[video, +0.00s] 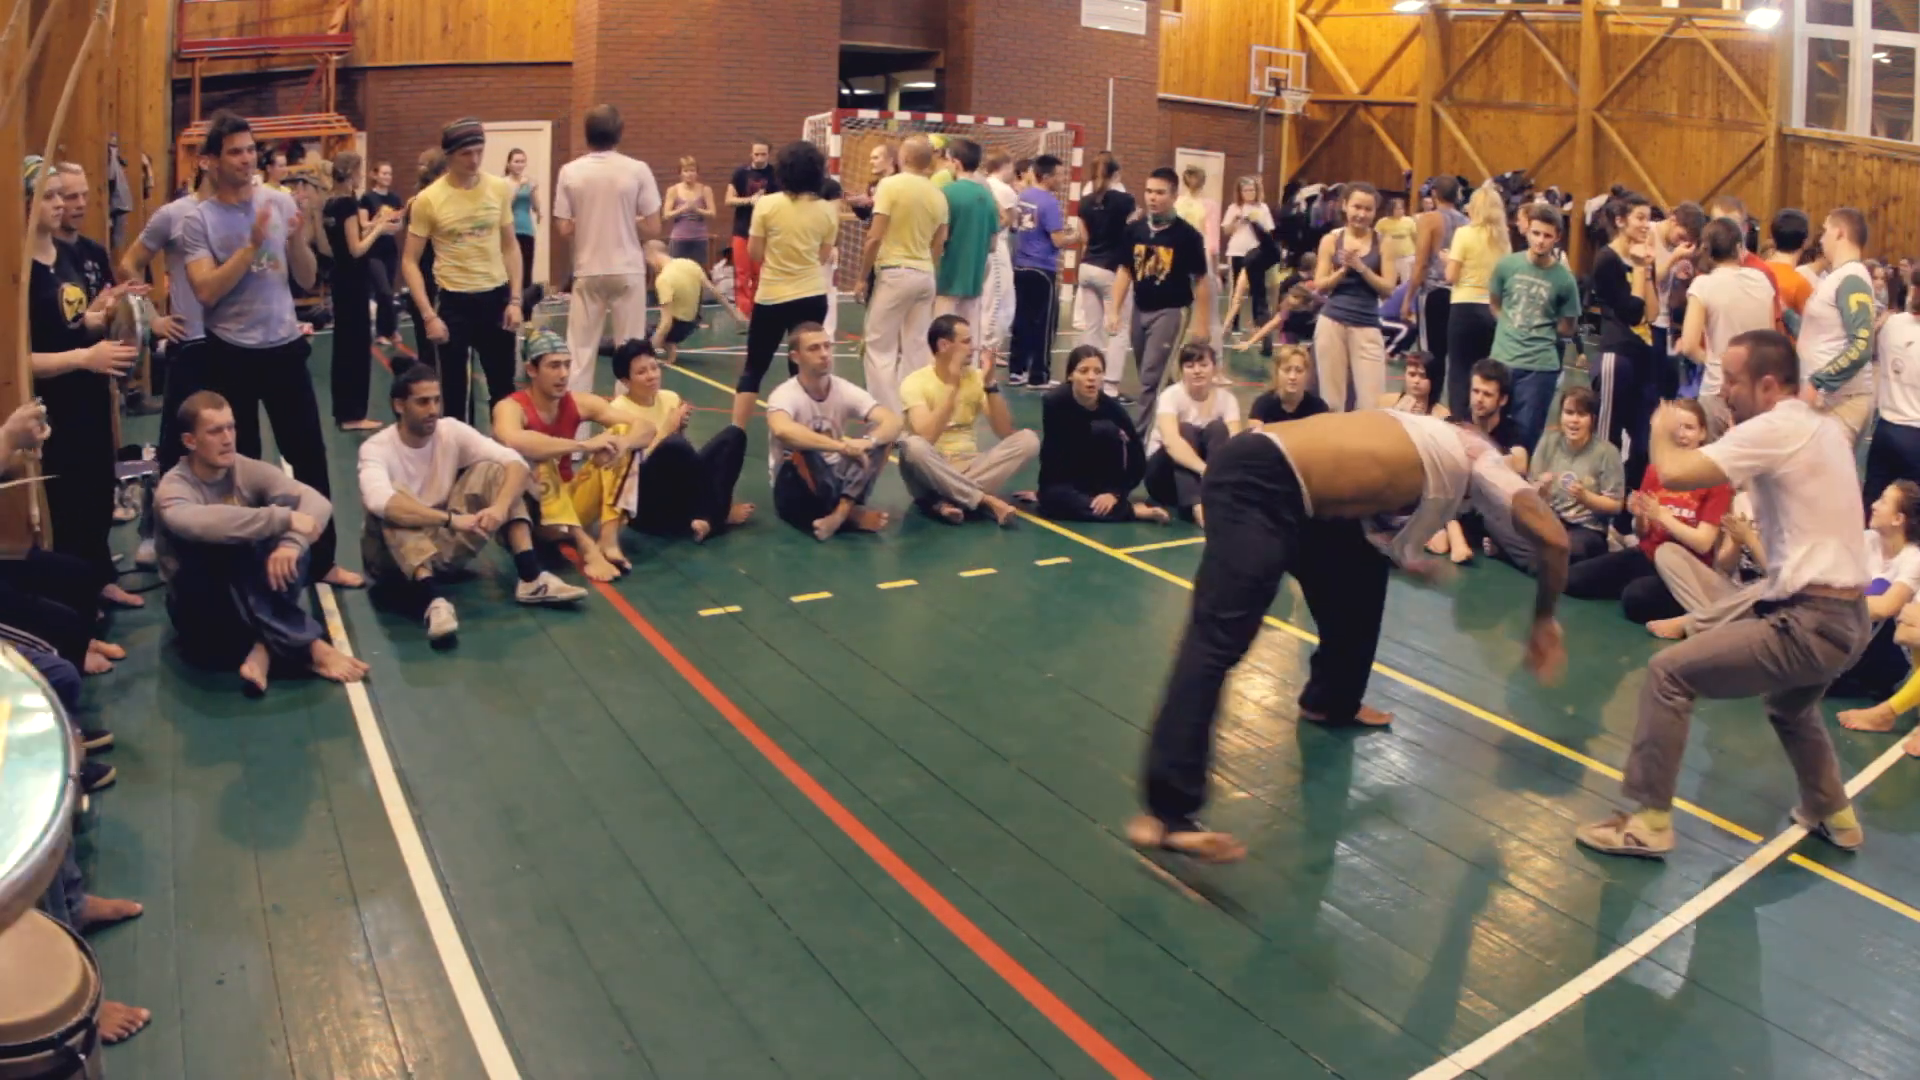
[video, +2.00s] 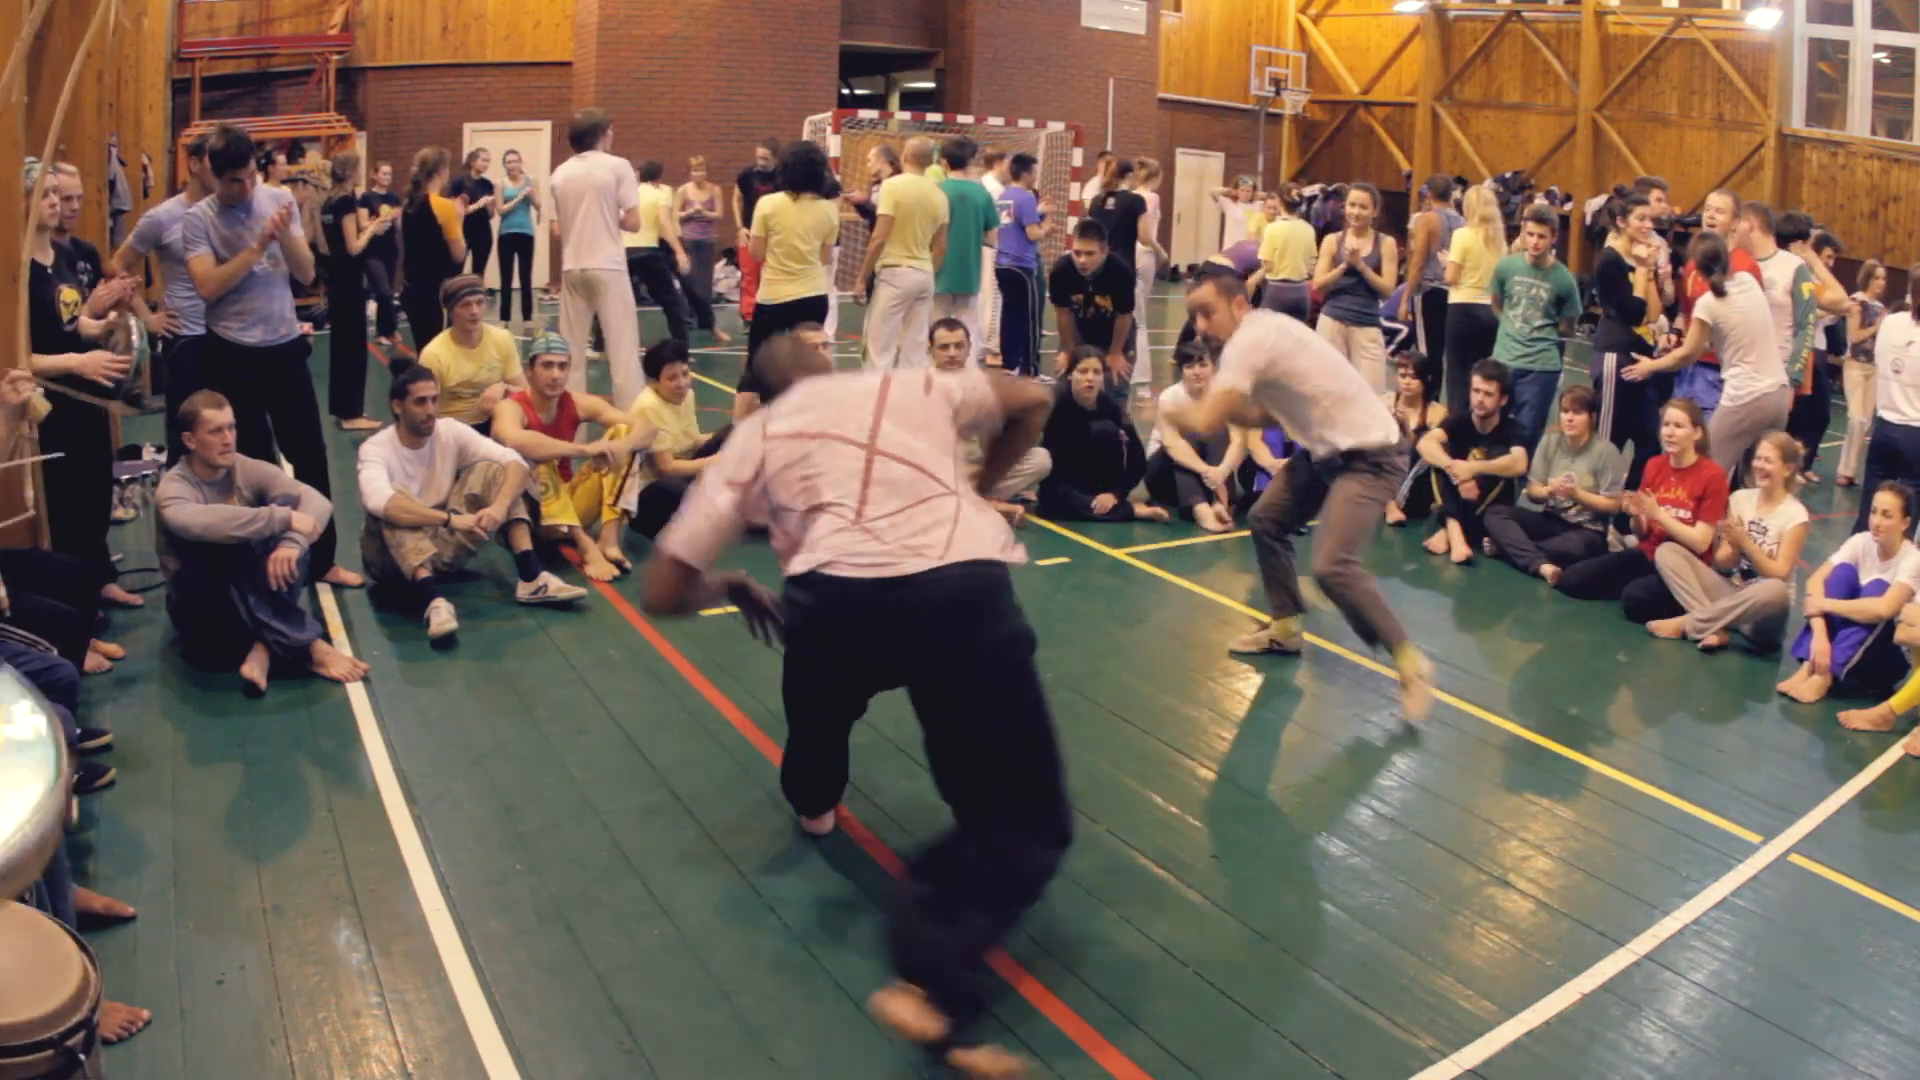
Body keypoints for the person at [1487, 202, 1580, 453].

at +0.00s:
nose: (1540, 241)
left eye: (1547, 236)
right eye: (1536, 233)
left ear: (1557, 238)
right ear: (1526, 232)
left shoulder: (1565, 279)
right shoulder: (1506, 264)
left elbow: (1567, 328)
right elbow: (1495, 306)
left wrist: (1538, 330)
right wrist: (1515, 327)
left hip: (1539, 363)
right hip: (1502, 356)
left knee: (1525, 435)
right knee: (1491, 429)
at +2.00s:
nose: (1534, 242)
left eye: (1541, 236)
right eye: (1530, 234)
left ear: (1553, 239)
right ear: (1522, 234)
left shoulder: (1564, 279)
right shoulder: (1505, 266)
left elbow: (1568, 326)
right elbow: (1496, 305)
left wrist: (1540, 334)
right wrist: (1515, 327)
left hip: (1541, 361)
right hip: (1504, 355)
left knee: (1527, 432)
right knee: (1493, 424)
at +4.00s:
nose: (1530, 241)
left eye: (1537, 236)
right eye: (1526, 234)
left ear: (1550, 238)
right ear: (1519, 234)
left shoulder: (1562, 278)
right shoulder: (1503, 266)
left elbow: (1567, 326)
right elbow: (1494, 305)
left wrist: (1537, 329)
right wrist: (1516, 326)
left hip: (1541, 359)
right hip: (1503, 354)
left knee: (1526, 431)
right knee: (1493, 424)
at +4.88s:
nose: (1531, 241)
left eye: (1538, 236)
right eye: (1527, 234)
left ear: (1551, 239)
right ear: (1521, 235)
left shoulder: (1562, 278)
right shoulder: (1503, 266)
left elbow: (1568, 325)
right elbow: (1495, 306)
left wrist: (1539, 329)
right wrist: (1515, 326)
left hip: (1540, 362)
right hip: (1503, 356)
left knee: (1526, 434)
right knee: (1491, 426)